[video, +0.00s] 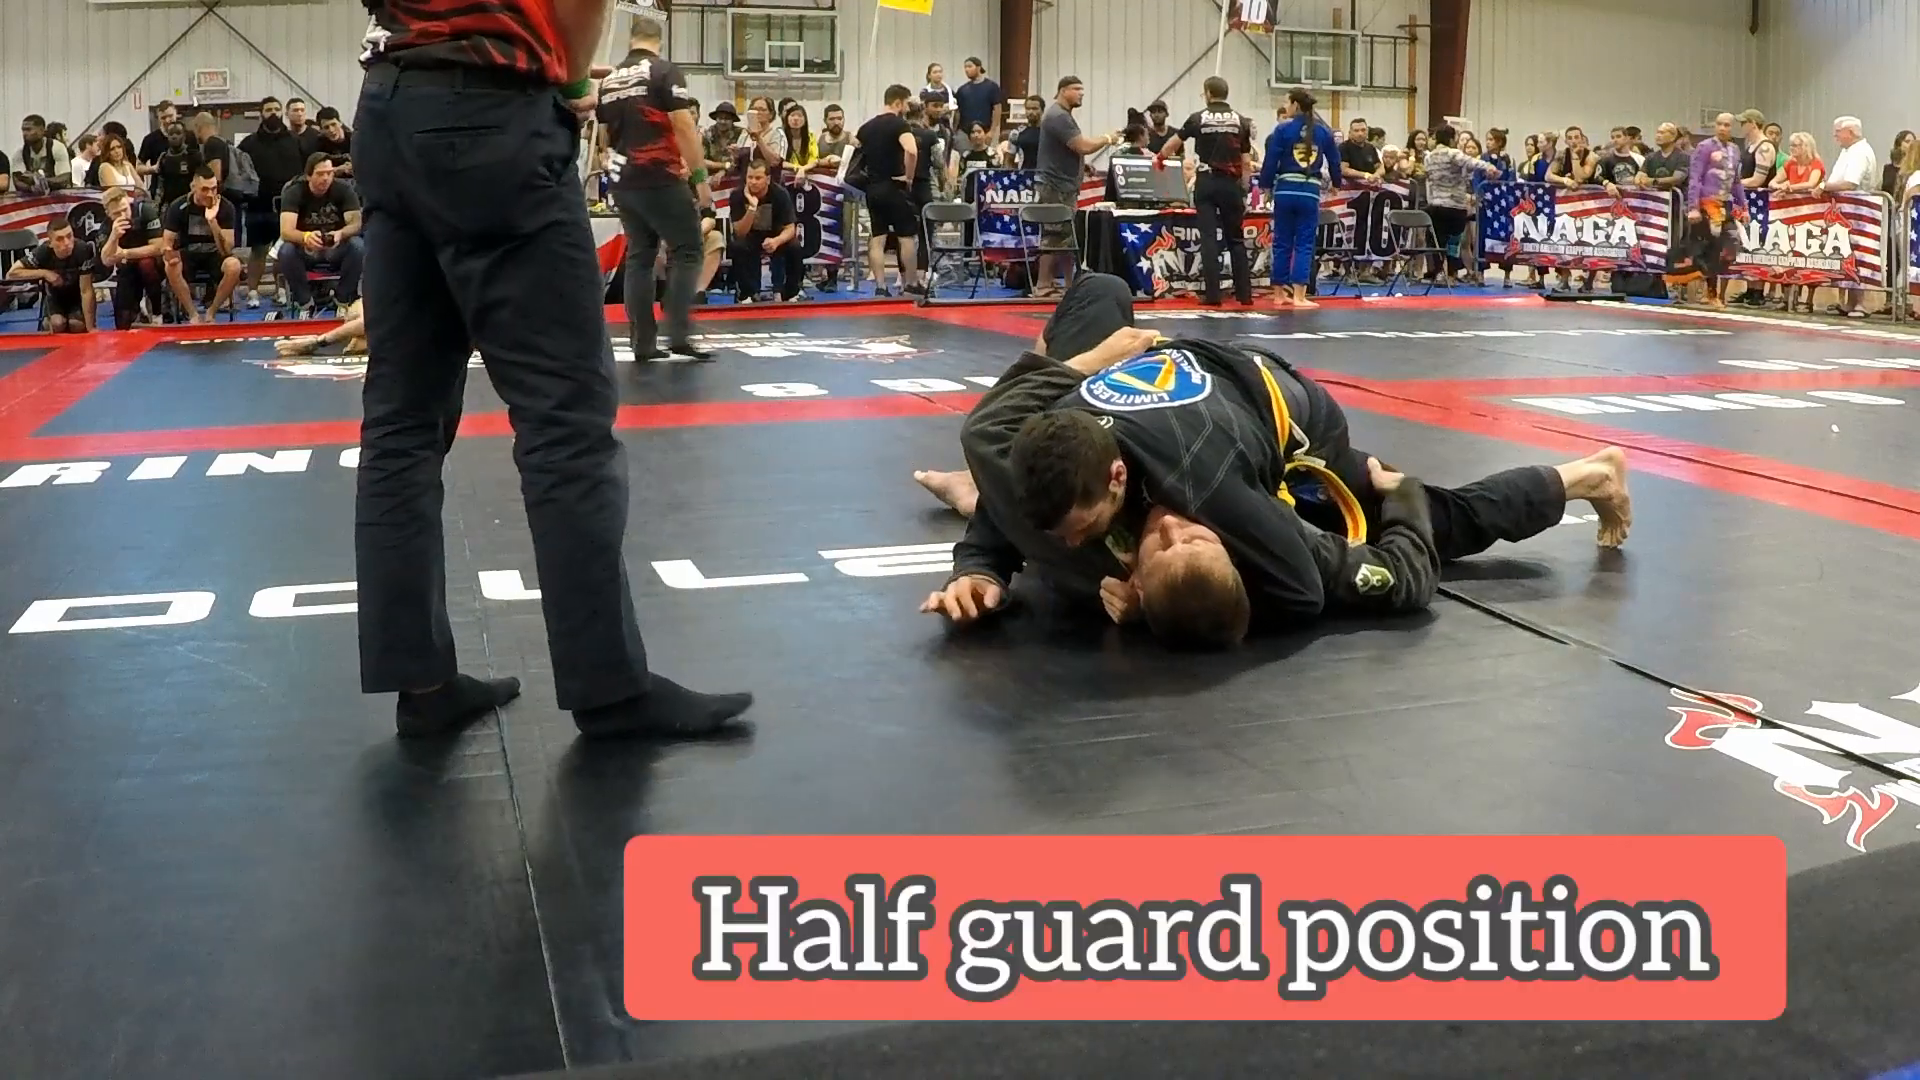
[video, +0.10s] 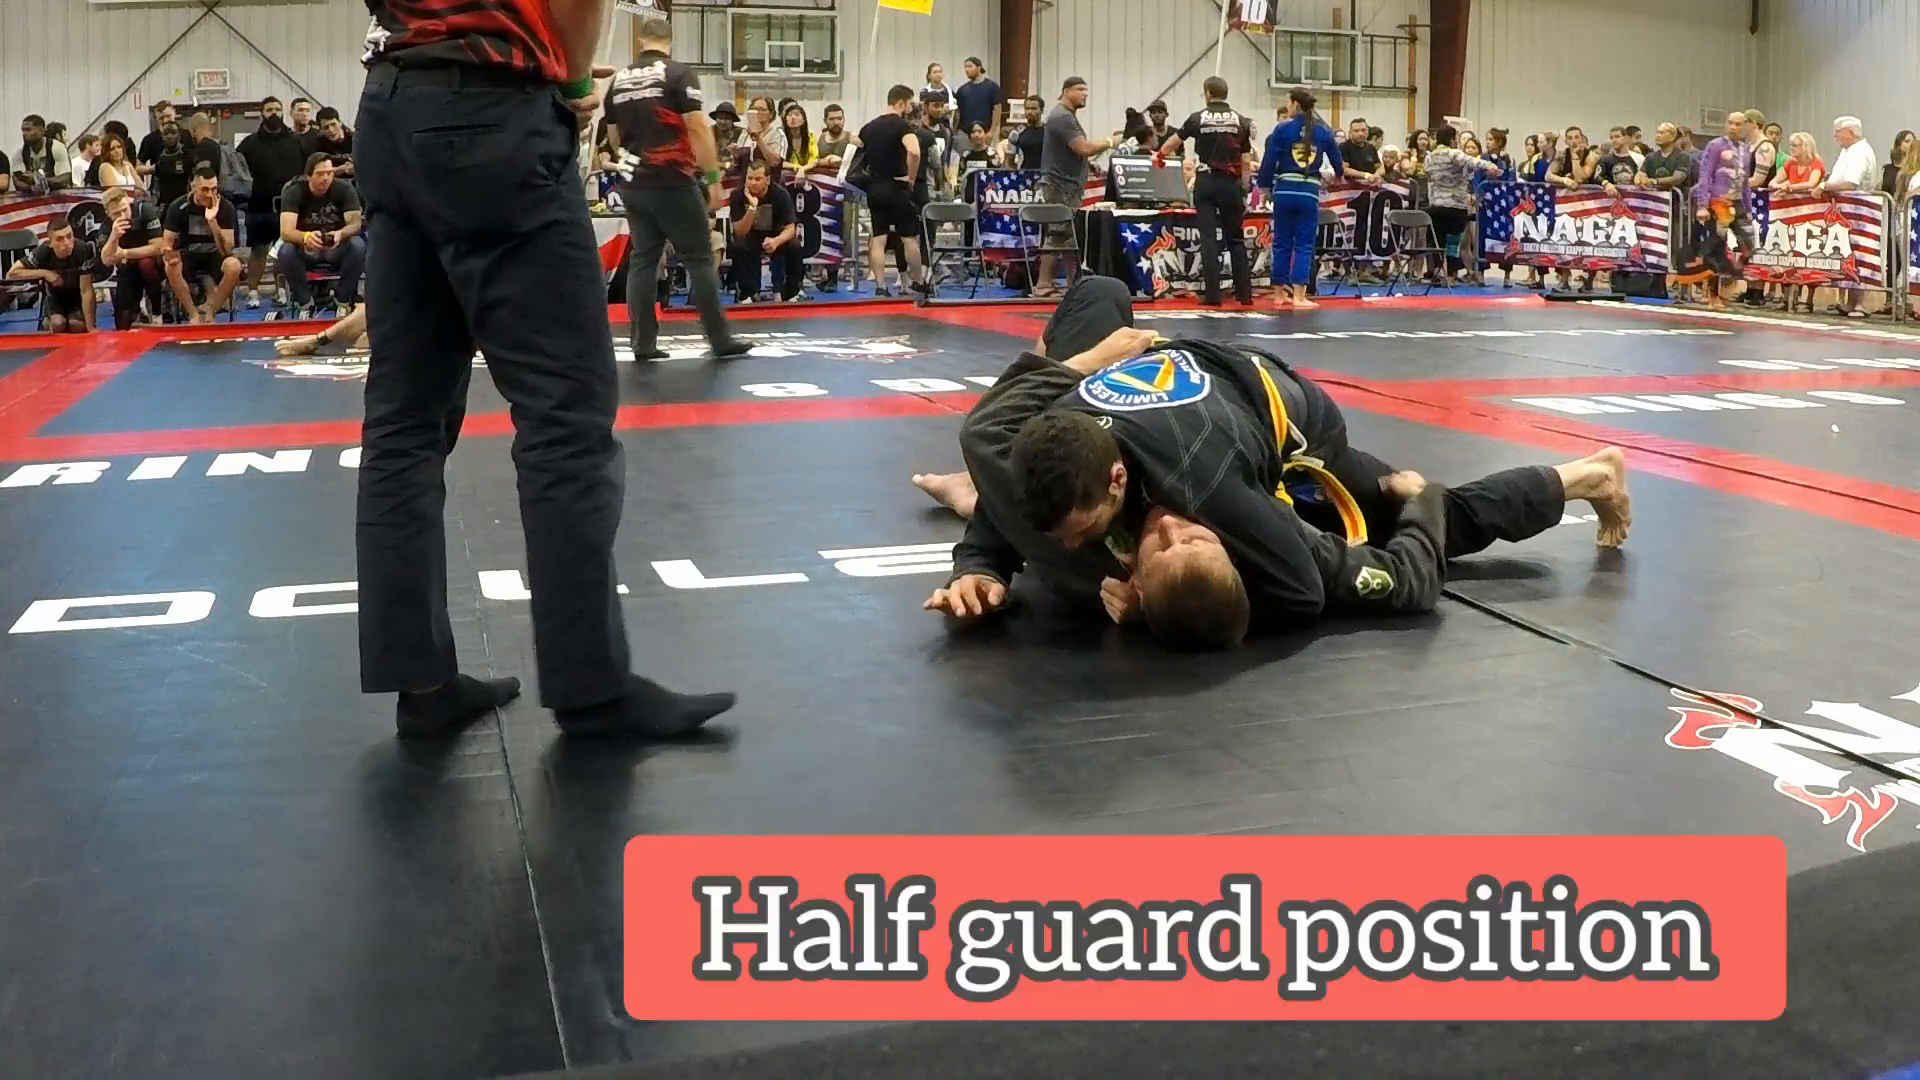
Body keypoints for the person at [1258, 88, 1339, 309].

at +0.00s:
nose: (1286, 107)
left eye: (1288, 103)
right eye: (1287, 103)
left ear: (1296, 105)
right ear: (1308, 105)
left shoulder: (1283, 128)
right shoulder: (1322, 130)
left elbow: (1271, 159)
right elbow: (1334, 159)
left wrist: (1265, 184)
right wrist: (1336, 182)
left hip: (1285, 192)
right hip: (1309, 194)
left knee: (1281, 241)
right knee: (1305, 243)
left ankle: (1279, 293)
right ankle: (1299, 296)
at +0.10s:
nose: (1287, 106)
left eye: (1289, 103)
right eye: (1288, 102)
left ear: (1296, 104)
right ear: (1308, 105)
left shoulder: (1282, 128)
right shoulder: (1322, 130)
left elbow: (1269, 159)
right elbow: (1335, 156)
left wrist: (1264, 184)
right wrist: (1339, 173)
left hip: (1284, 192)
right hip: (1308, 195)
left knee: (1282, 241)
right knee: (1304, 243)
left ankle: (1279, 293)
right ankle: (1299, 296)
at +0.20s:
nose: (1289, 107)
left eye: (1290, 103)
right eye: (1290, 103)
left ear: (1295, 104)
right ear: (1310, 105)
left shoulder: (1283, 128)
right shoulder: (1323, 130)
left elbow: (1269, 158)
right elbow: (1340, 159)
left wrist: (1263, 184)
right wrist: (1340, 170)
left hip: (1283, 192)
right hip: (1308, 195)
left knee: (1281, 242)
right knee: (1304, 243)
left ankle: (1279, 294)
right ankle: (1299, 297)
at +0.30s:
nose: (1289, 106)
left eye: (1290, 103)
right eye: (1290, 103)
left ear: (1295, 104)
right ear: (1310, 104)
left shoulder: (1283, 128)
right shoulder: (1324, 131)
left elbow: (1269, 158)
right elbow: (1341, 160)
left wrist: (1264, 183)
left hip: (1283, 192)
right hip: (1308, 195)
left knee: (1281, 242)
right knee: (1304, 244)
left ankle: (1279, 294)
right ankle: (1299, 297)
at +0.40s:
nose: (1288, 106)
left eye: (1289, 103)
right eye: (1289, 103)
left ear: (1294, 104)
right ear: (1310, 104)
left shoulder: (1283, 129)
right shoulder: (1323, 131)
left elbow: (1269, 160)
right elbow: (1341, 159)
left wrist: (1264, 184)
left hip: (1283, 192)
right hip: (1308, 195)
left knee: (1281, 242)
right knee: (1304, 244)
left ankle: (1279, 294)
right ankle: (1299, 297)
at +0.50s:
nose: (1288, 106)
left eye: (1289, 103)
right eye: (1289, 103)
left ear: (1293, 104)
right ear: (1310, 104)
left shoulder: (1283, 129)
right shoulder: (1323, 130)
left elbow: (1269, 160)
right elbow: (1341, 159)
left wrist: (1264, 183)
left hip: (1283, 192)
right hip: (1308, 195)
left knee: (1280, 242)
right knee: (1304, 243)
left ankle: (1279, 294)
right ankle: (1299, 297)